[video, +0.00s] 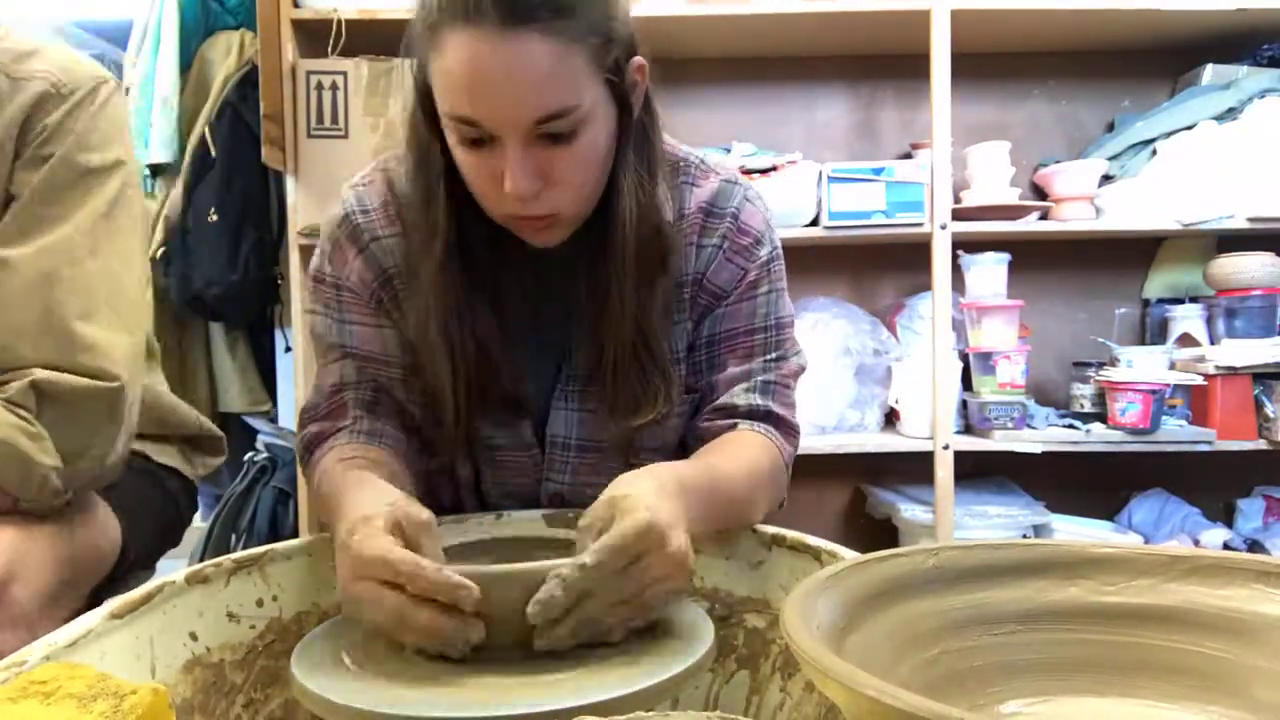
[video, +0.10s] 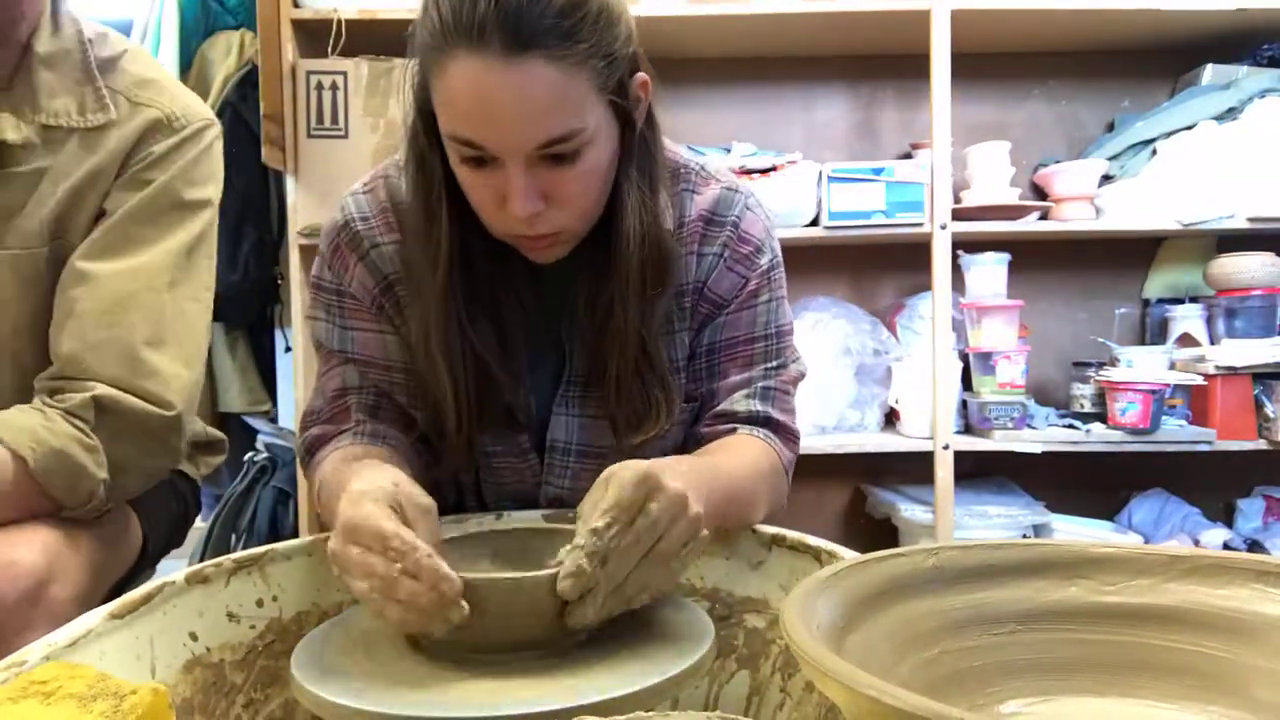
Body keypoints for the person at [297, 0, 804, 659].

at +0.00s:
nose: (518, 182)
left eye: (556, 133)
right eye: (474, 139)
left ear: (630, 89)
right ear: (435, 119)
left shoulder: (718, 221)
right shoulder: (378, 223)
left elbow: (759, 436)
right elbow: (350, 420)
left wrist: (679, 496)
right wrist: (363, 506)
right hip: (448, 611)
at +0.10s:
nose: (519, 206)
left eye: (560, 156)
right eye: (475, 159)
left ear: (633, 108)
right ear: (435, 128)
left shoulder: (722, 231)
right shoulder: (374, 235)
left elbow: (762, 443)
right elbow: (353, 423)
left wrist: (690, 490)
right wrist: (362, 486)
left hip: (657, 617)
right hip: (447, 616)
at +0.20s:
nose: (526, 194)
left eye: (567, 145)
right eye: (484, 148)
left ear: (639, 101)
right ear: (444, 119)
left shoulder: (719, 222)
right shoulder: (380, 236)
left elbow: (761, 435)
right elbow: (362, 413)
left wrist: (687, 502)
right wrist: (378, 486)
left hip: (661, 609)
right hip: (450, 616)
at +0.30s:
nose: (516, 208)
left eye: (557, 160)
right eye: (474, 164)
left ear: (631, 112)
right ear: (433, 132)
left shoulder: (718, 230)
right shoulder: (373, 235)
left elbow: (757, 450)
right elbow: (356, 422)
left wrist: (664, 482)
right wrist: (389, 471)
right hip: (449, 620)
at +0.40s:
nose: (521, 218)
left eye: (564, 170)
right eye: (479, 172)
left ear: (636, 120)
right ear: (437, 137)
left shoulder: (719, 230)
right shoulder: (372, 236)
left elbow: (759, 448)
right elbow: (354, 423)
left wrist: (668, 479)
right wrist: (386, 478)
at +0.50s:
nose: (527, 215)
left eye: (571, 169)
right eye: (484, 170)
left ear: (642, 118)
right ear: (442, 132)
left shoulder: (722, 230)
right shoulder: (375, 234)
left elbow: (758, 450)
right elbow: (355, 422)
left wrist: (667, 476)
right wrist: (389, 477)